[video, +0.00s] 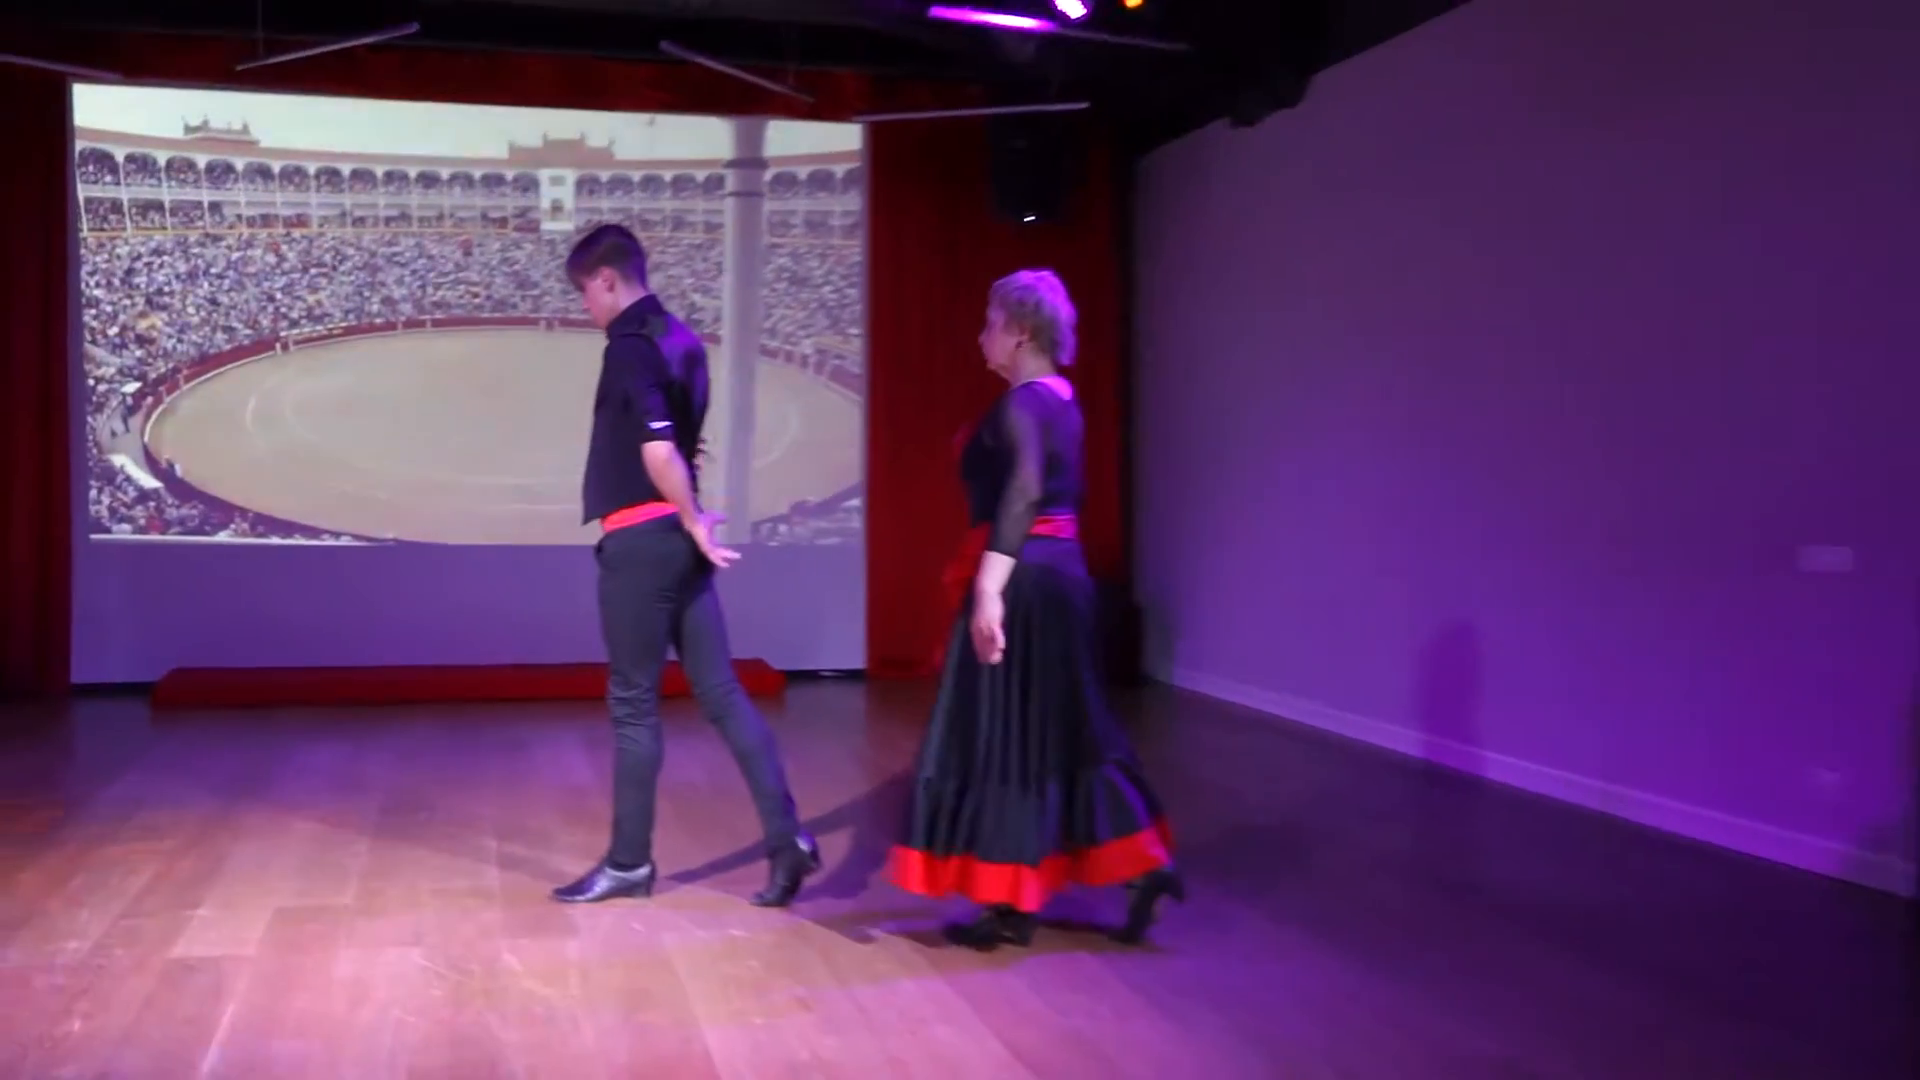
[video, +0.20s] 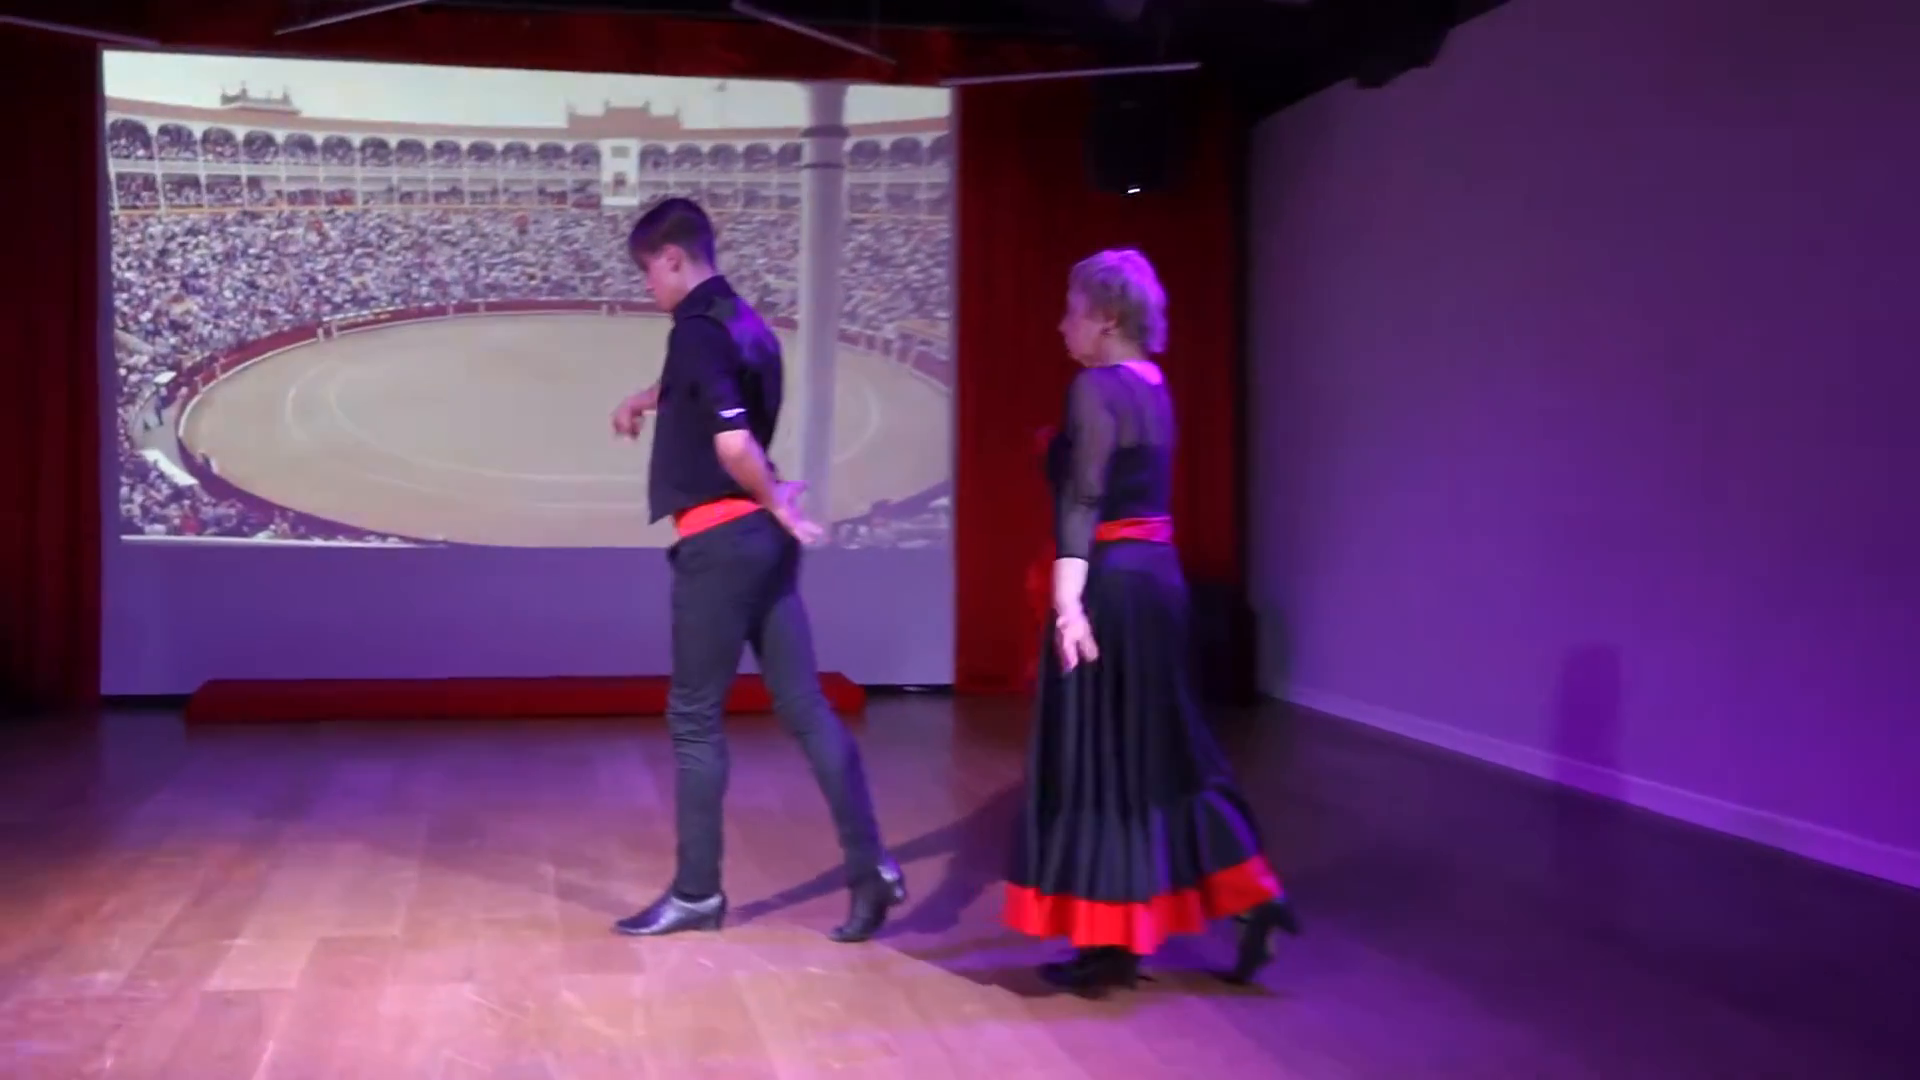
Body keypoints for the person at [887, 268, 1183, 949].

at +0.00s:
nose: (983, 337)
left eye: (991, 325)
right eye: (987, 323)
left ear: (1016, 333)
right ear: (1047, 335)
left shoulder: (1022, 403)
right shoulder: (1062, 401)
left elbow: (1026, 490)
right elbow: (1050, 494)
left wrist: (989, 587)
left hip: (1023, 574)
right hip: (1062, 571)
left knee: (1000, 730)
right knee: (1074, 725)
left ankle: (1006, 896)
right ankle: (1144, 859)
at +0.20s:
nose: (1064, 322)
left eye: (1074, 309)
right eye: (1068, 308)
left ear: (1104, 318)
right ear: (1131, 318)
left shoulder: (1096, 390)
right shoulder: (1151, 387)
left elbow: (1085, 495)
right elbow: (1126, 483)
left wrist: (1068, 598)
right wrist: (1061, 456)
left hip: (1112, 581)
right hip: (1157, 577)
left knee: (1093, 752)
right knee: (1172, 744)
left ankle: (1104, 934)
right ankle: (1252, 888)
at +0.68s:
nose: (1134, 304)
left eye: (1144, 291)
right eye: (1138, 289)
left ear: (1178, 301)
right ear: (1205, 303)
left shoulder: (1155, 367)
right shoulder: (1227, 373)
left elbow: (1133, 487)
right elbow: (1191, 500)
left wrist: (1102, 570)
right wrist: (1106, 585)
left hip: (1182, 591)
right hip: (1237, 588)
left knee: (1179, 775)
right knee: (1254, 767)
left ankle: (1195, 973)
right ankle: (1350, 919)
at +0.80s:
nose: (1120, 307)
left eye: (1131, 294)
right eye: (1124, 293)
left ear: (1166, 303)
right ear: (1190, 305)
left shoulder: (1146, 369)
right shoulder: (1209, 374)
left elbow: (1135, 487)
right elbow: (1179, 499)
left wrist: (1099, 568)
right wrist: (1100, 575)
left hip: (1170, 590)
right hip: (1219, 586)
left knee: (1168, 776)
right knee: (1237, 769)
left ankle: (1189, 968)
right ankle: (1332, 917)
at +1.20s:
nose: (1030, 318)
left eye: (1039, 304)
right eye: (1034, 303)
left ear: (1068, 311)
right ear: (1104, 315)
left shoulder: (1070, 382)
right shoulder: (1118, 385)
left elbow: (1100, 489)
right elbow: (1148, 493)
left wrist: (1073, 606)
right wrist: (1043, 468)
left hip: (1089, 602)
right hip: (1132, 598)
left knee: (1007, 766)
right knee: (1146, 776)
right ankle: (1189, 963)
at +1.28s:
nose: (1002, 316)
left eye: (1013, 304)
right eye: (1007, 303)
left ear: (1047, 315)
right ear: (1071, 319)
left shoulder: (1052, 397)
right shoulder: (1092, 397)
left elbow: (1081, 501)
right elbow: (1135, 503)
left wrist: (1051, 617)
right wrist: (1021, 481)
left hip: (1059, 608)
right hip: (1100, 604)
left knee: (985, 775)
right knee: (1121, 783)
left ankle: (930, 954)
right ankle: (1174, 963)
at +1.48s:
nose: (928, 309)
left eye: (942, 296)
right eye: (936, 294)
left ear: (978, 311)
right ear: (991, 314)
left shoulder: (984, 396)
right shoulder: (1008, 395)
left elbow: (996, 512)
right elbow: (1046, 514)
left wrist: (927, 611)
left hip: (968, 609)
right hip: (990, 605)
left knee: (917, 779)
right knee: (1039, 779)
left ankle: (916, 961)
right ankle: (1129, 938)